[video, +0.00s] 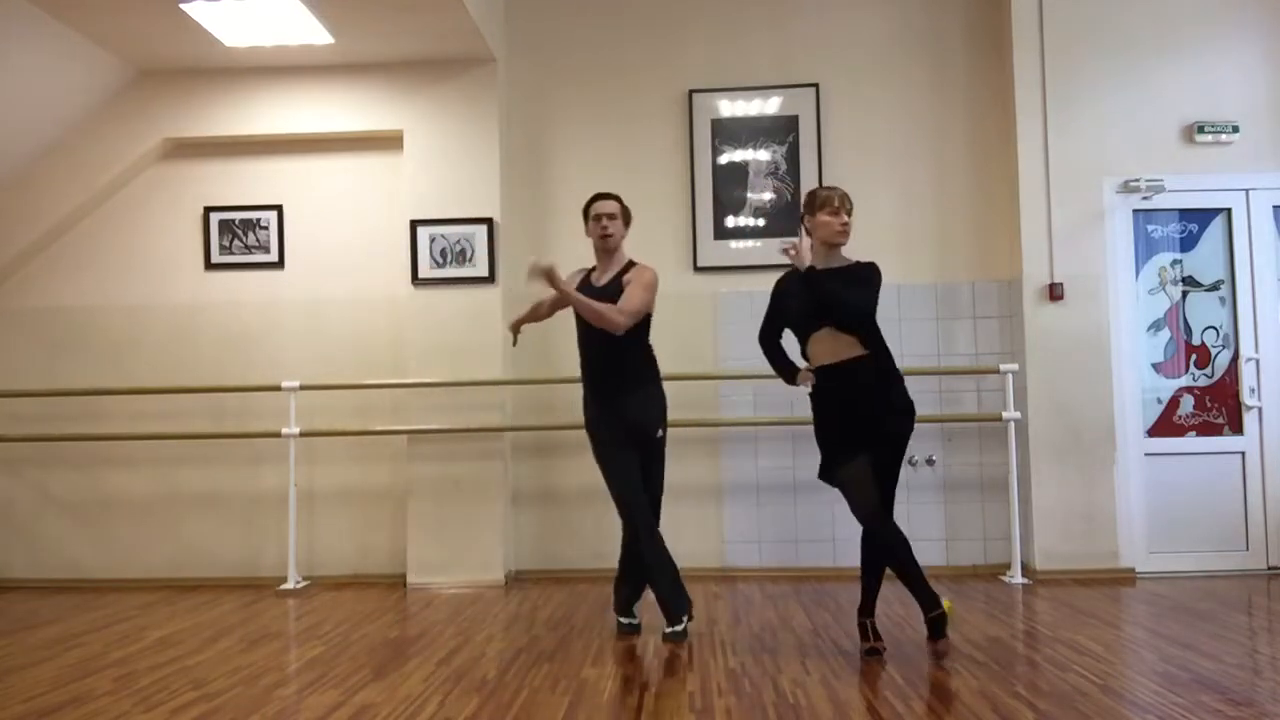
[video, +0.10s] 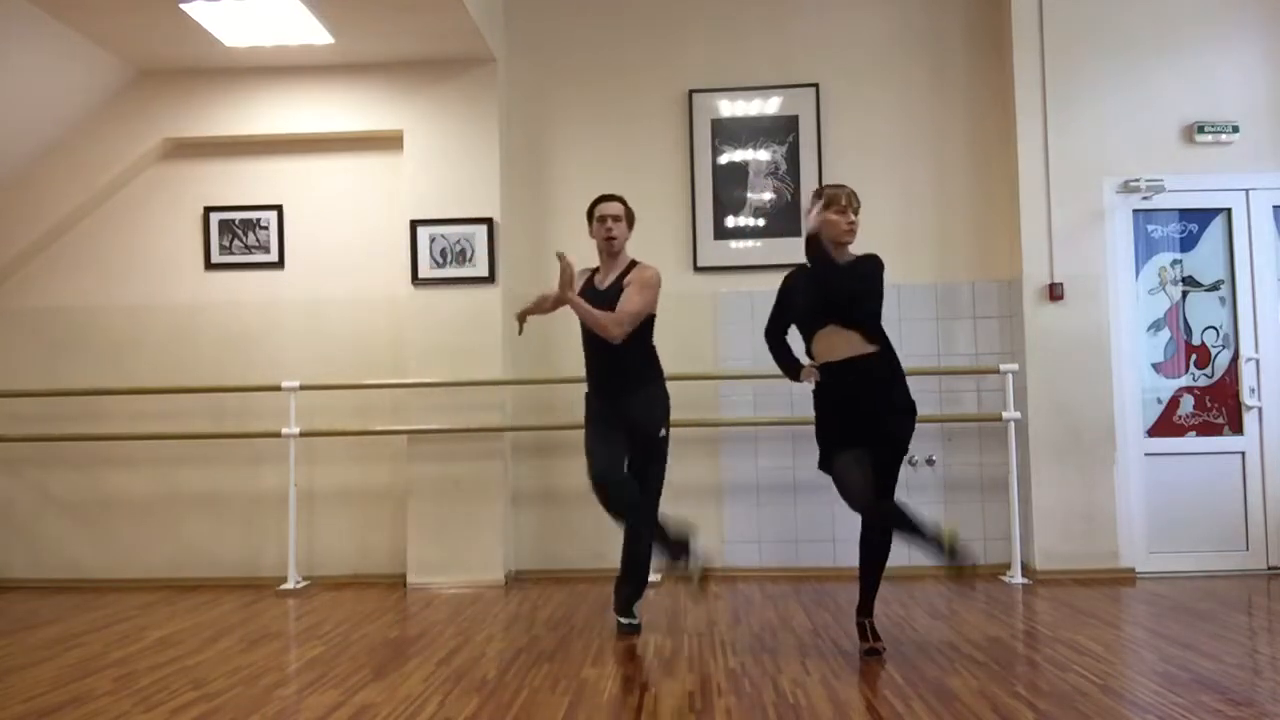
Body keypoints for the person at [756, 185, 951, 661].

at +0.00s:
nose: (841, 218)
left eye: (845, 213)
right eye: (830, 211)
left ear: (851, 223)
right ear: (807, 222)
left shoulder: (865, 271)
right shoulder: (790, 283)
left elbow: (855, 315)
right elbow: (767, 338)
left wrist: (805, 269)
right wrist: (795, 373)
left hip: (884, 395)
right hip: (833, 402)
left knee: (878, 514)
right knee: (870, 514)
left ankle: (866, 616)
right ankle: (932, 605)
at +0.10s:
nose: (849, 218)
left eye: (853, 212)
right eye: (838, 211)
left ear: (857, 222)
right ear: (816, 219)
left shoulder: (868, 264)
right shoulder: (798, 278)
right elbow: (774, 334)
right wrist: (796, 370)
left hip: (884, 388)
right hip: (834, 395)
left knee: (879, 505)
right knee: (858, 496)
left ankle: (865, 615)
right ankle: (940, 543)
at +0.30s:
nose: (858, 223)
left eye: (865, 216)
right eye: (849, 216)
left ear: (873, 224)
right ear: (831, 223)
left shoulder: (885, 278)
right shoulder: (815, 281)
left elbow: (879, 339)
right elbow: (791, 328)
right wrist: (798, 364)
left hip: (881, 397)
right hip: (831, 400)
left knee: (879, 509)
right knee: (849, 505)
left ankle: (866, 614)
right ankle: (930, 512)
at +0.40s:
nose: (847, 222)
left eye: (856, 213)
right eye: (840, 215)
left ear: (875, 218)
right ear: (834, 223)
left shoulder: (898, 277)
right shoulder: (822, 276)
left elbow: (926, 341)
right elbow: (791, 322)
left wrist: (959, 346)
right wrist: (792, 353)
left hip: (874, 387)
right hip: (825, 386)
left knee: (869, 499)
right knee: (839, 488)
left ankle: (868, 613)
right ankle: (871, 586)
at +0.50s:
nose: (840, 221)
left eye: (850, 212)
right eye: (836, 214)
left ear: (876, 216)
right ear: (834, 220)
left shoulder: (902, 273)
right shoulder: (823, 274)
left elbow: (953, 322)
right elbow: (784, 312)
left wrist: (1012, 319)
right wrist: (776, 332)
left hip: (877, 392)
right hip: (826, 389)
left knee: (868, 506)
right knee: (805, 482)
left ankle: (868, 614)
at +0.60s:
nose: (835, 221)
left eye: (844, 212)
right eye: (833, 213)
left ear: (874, 215)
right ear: (836, 220)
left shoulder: (907, 265)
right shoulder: (824, 273)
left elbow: (970, 289)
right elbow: (774, 307)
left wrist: (1020, 260)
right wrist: (744, 297)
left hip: (883, 394)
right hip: (828, 389)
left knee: (872, 510)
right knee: (766, 428)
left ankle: (867, 615)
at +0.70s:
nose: (832, 221)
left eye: (841, 212)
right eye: (829, 214)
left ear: (870, 215)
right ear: (831, 218)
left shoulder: (904, 263)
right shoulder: (820, 274)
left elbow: (971, 270)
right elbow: (758, 301)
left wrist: (1010, 218)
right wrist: (727, 260)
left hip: (884, 392)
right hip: (829, 381)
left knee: (870, 508)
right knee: (748, 383)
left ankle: (864, 614)